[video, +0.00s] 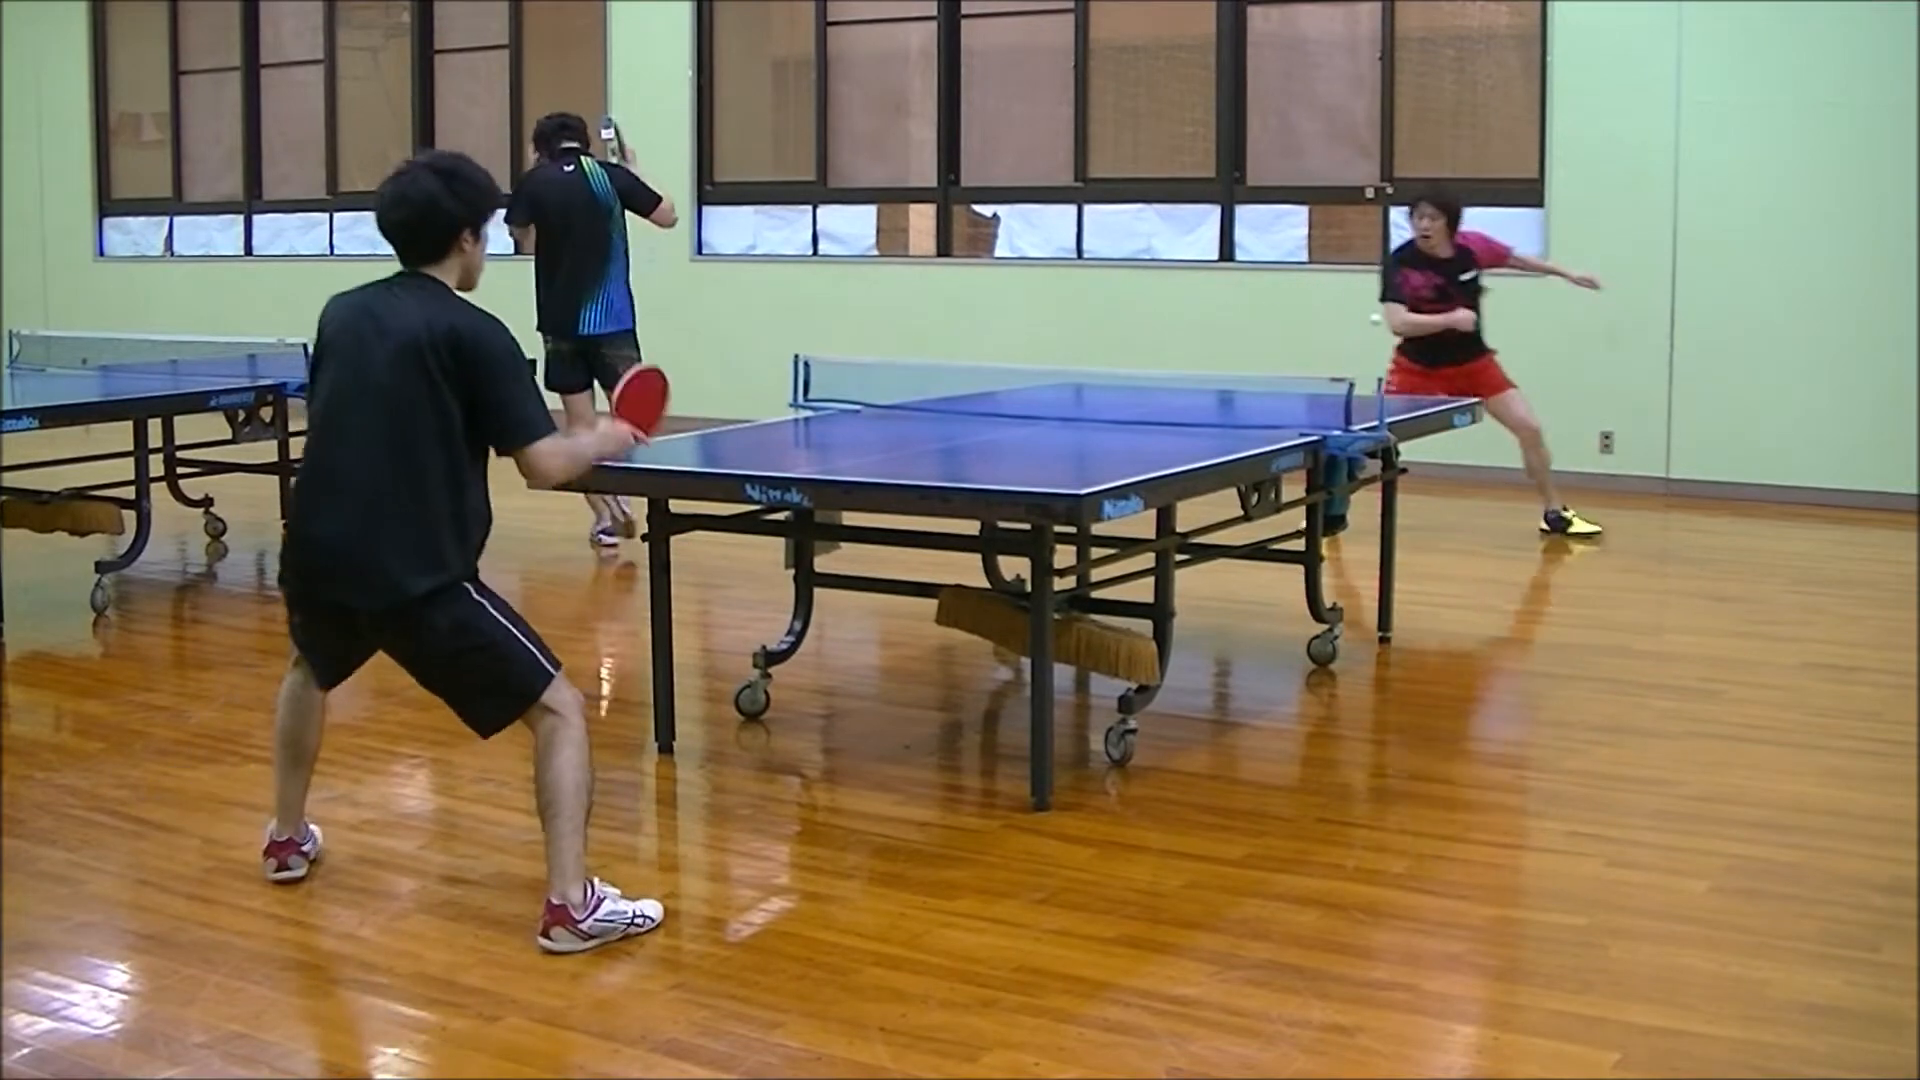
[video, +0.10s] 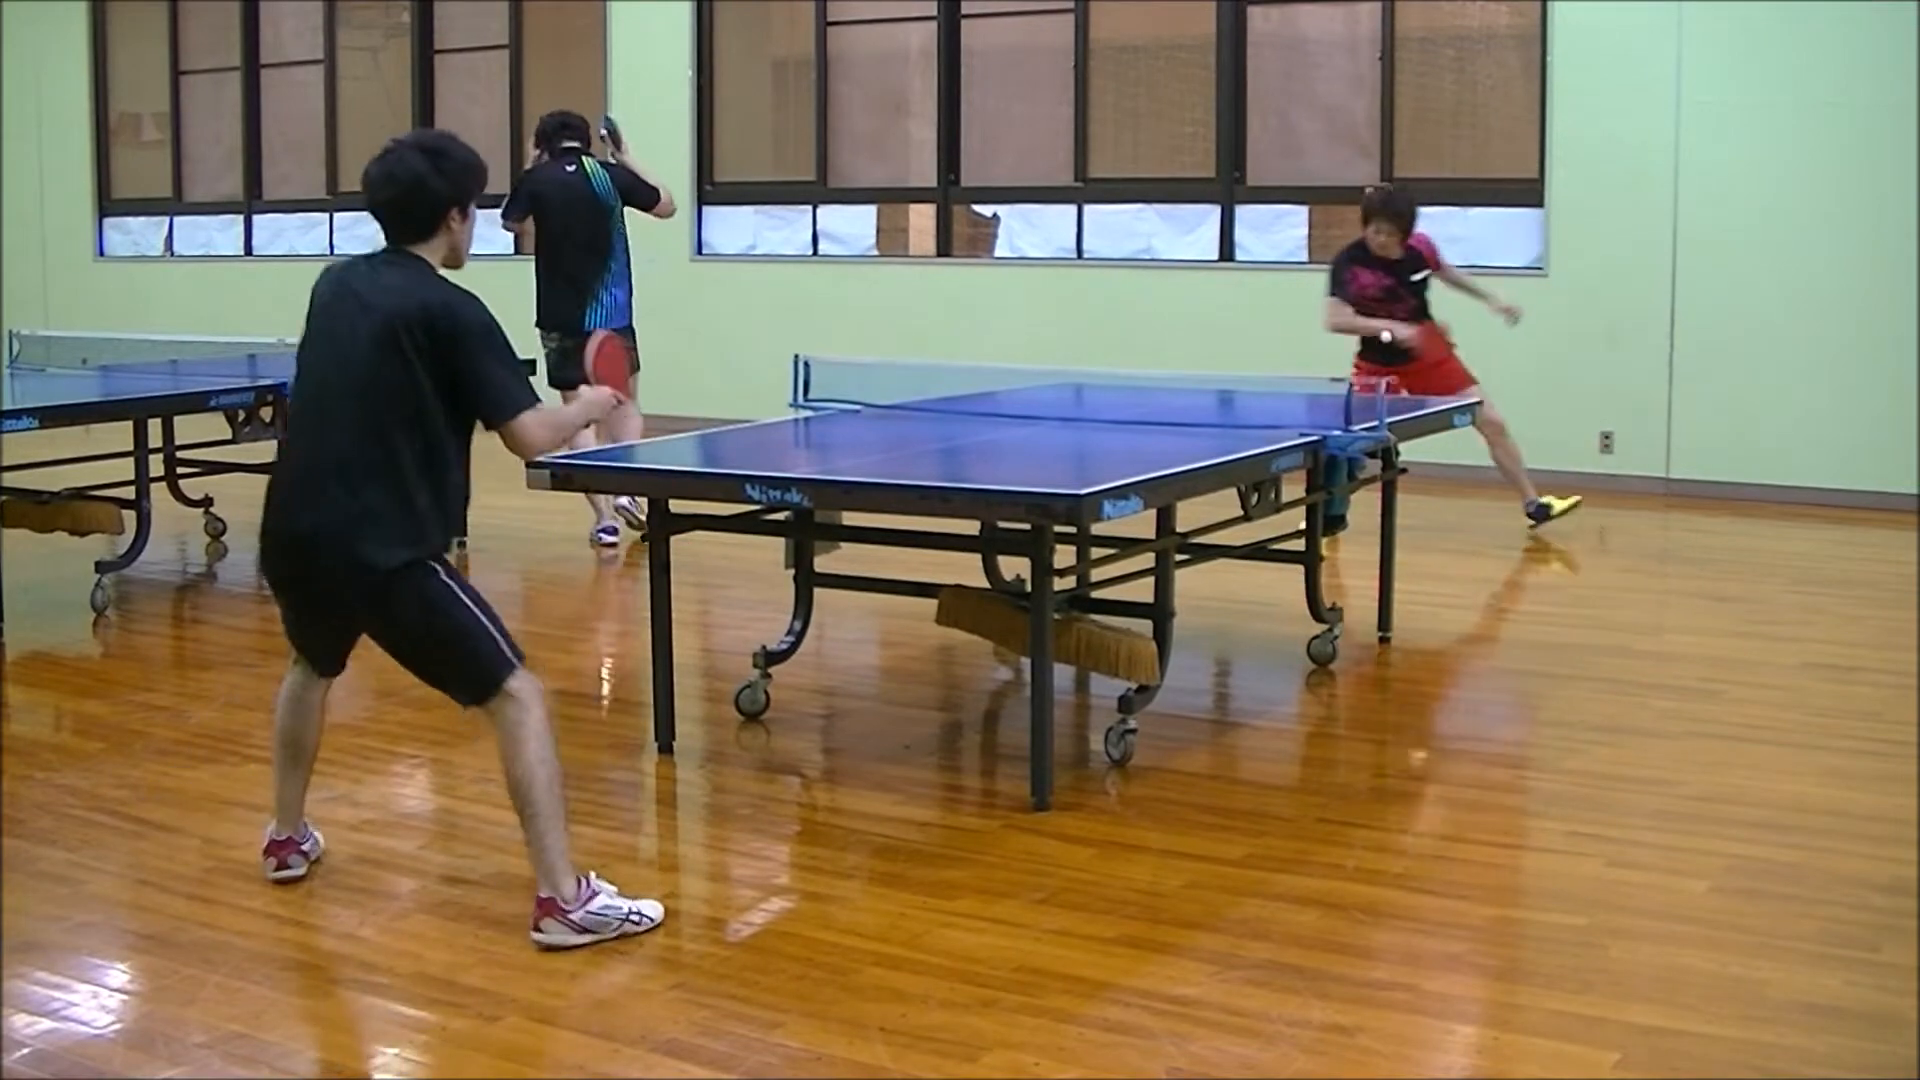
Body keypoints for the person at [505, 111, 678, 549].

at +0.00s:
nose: (533, 155)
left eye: (534, 149)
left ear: (539, 150)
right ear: (585, 144)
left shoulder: (533, 182)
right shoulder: (610, 175)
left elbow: (525, 242)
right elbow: (666, 215)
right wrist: (633, 172)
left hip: (560, 321)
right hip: (612, 319)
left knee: (579, 421)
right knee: (629, 411)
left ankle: (604, 521)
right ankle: (620, 506)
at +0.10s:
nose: (531, 153)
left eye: (533, 147)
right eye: (534, 148)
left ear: (540, 148)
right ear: (586, 143)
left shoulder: (533, 181)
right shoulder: (609, 174)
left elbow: (515, 229)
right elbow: (664, 206)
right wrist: (627, 162)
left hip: (560, 312)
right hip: (612, 310)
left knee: (577, 413)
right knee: (623, 402)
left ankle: (605, 517)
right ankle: (629, 488)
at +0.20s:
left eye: (538, 146)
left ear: (543, 147)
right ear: (588, 143)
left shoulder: (535, 182)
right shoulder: (608, 176)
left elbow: (502, 216)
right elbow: (660, 200)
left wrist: (525, 165)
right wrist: (619, 158)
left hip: (563, 310)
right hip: (612, 309)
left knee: (578, 416)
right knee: (618, 403)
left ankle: (605, 515)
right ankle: (629, 496)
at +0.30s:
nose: (538, 154)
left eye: (539, 149)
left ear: (544, 150)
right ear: (586, 146)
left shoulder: (538, 185)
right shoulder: (607, 180)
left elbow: (494, 212)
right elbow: (657, 199)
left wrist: (522, 164)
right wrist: (614, 159)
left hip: (560, 315)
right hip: (609, 314)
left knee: (572, 414)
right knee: (615, 409)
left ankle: (604, 509)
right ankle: (614, 502)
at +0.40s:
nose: (534, 152)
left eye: (536, 147)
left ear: (543, 149)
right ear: (583, 146)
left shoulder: (538, 186)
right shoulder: (606, 182)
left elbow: (485, 206)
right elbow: (650, 198)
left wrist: (517, 163)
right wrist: (608, 163)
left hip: (558, 314)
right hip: (604, 313)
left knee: (568, 405)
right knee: (606, 407)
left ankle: (597, 499)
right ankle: (605, 500)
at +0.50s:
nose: (526, 152)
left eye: (528, 145)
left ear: (536, 145)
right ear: (577, 142)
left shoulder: (537, 182)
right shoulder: (600, 179)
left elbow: (475, 197)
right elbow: (635, 195)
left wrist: (510, 157)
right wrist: (595, 161)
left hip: (552, 315)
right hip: (597, 313)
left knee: (545, 407)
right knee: (600, 407)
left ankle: (584, 476)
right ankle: (604, 498)